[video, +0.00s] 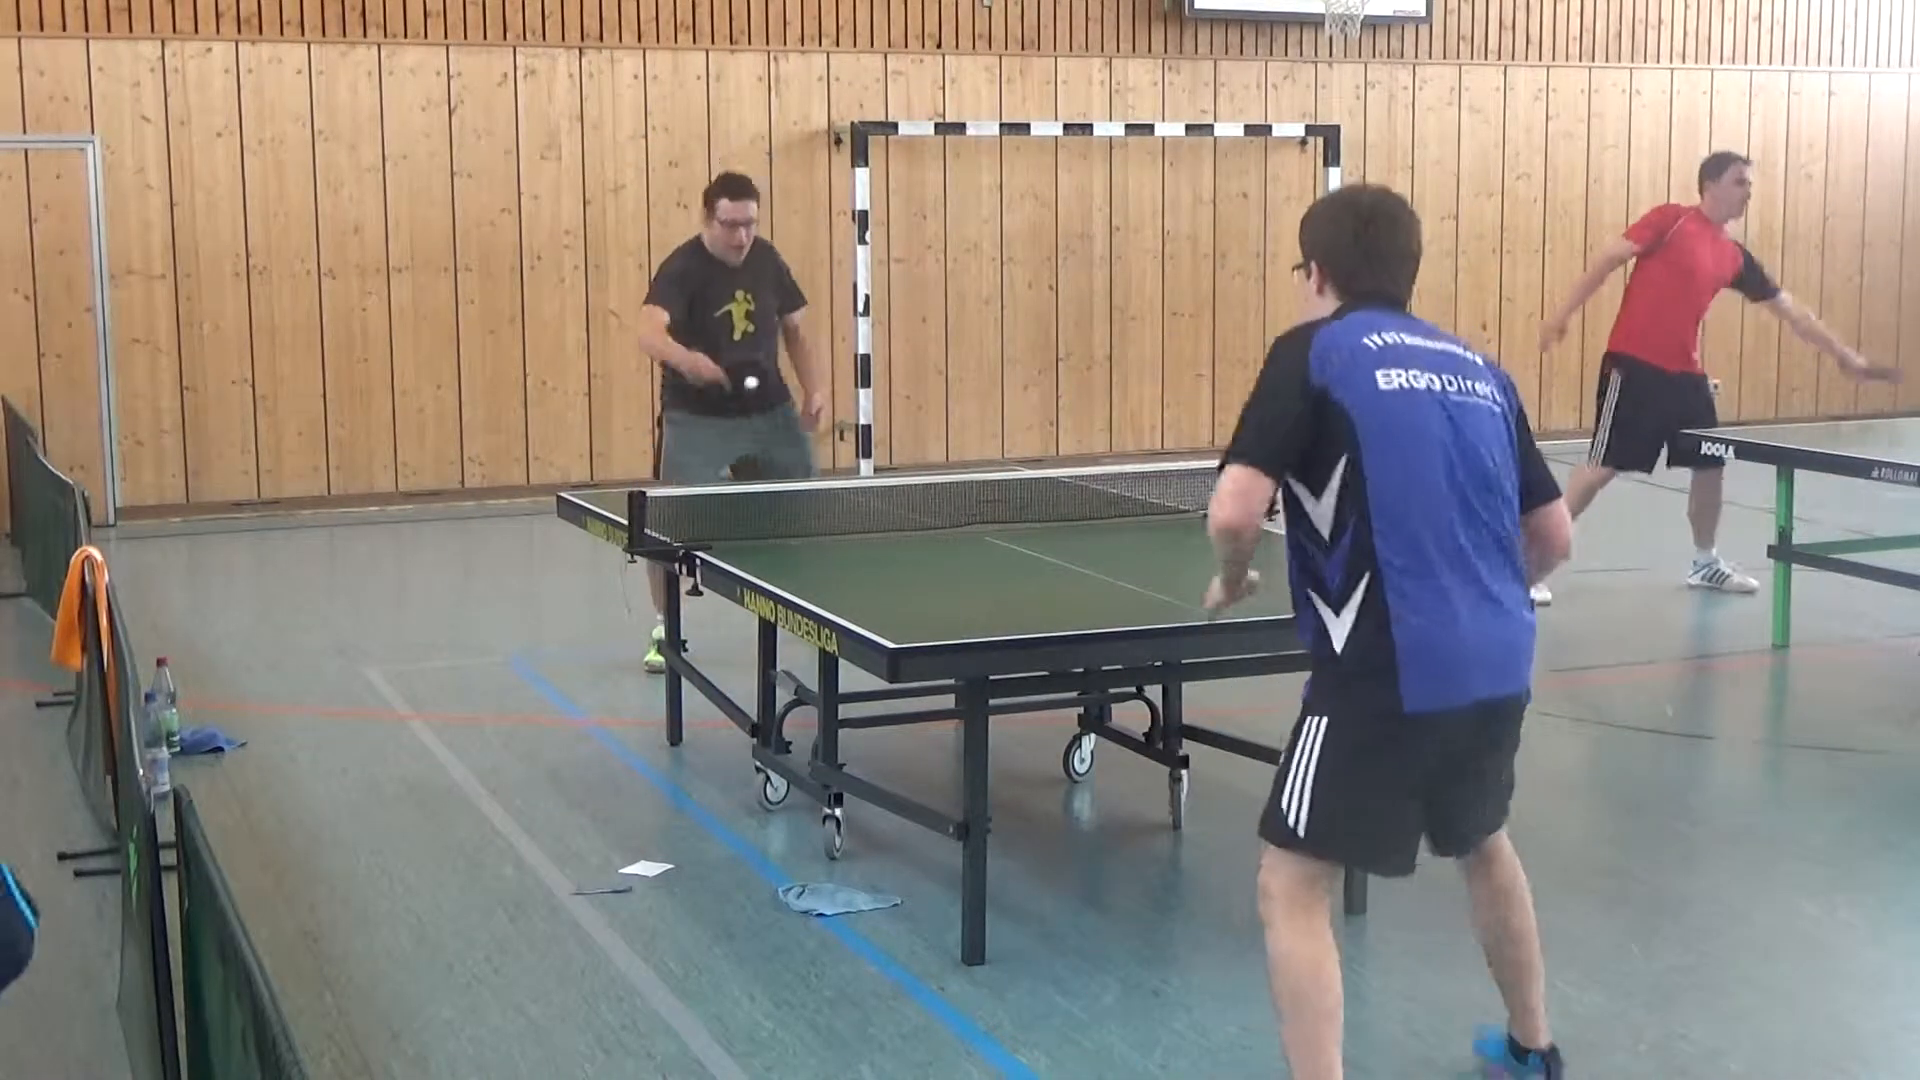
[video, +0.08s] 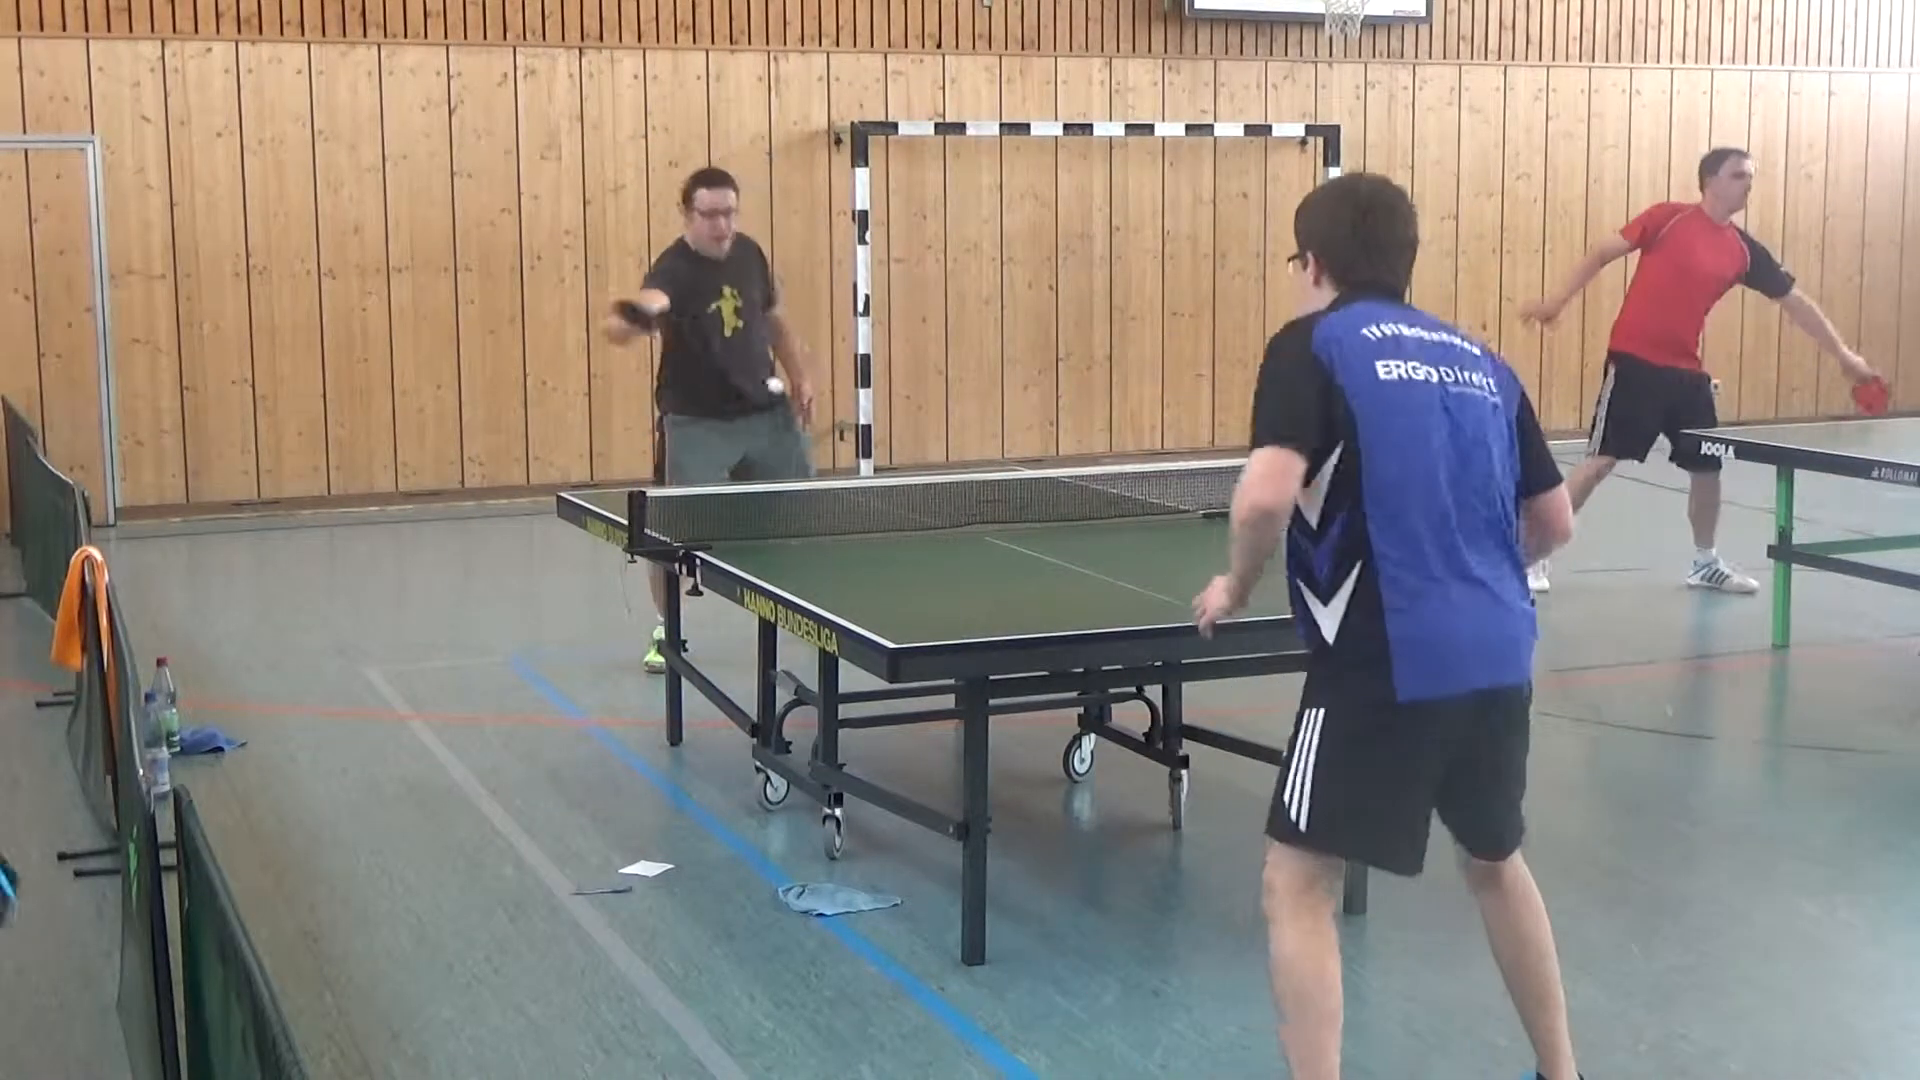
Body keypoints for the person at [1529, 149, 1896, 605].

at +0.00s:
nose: (1748, 193)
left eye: (1749, 186)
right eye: (1741, 184)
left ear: (1735, 192)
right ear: (1711, 185)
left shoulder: (1735, 255)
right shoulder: (1672, 218)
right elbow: (1608, 259)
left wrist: (1845, 353)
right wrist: (1562, 315)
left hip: (1686, 374)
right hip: (1634, 365)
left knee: (1709, 463)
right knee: (1602, 465)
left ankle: (1704, 563)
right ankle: (1528, 562)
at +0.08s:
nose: (1749, 184)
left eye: (1750, 177)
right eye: (1740, 175)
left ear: (1743, 187)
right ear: (1710, 180)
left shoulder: (1744, 250)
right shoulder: (1667, 217)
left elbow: (1796, 303)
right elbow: (1600, 256)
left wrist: (1844, 354)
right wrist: (1556, 301)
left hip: (1685, 368)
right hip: (1633, 359)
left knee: (1707, 464)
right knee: (1603, 459)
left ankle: (1705, 564)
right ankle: (1531, 551)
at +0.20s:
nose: (1737, 172)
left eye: (1739, 165)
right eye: (1727, 165)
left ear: (1737, 175)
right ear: (1699, 173)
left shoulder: (1743, 243)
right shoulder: (1658, 214)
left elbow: (1785, 309)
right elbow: (1596, 254)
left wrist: (1818, 362)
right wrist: (1551, 301)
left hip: (1692, 372)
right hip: (1637, 364)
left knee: (1704, 468)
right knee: (1605, 460)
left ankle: (1704, 563)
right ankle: (1551, 556)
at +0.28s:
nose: (1729, 167)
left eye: (1730, 160)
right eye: (1718, 160)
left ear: (1729, 169)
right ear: (1691, 169)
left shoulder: (1733, 236)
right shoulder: (1652, 214)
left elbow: (1758, 304)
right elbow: (1595, 262)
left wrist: (1787, 366)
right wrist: (1553, 314)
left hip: (1695, 371)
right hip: (1640, 365)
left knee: (1704, 467)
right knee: (1613, 462)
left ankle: (1704, 563)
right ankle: (1565, 563)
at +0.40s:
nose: (1714, 162)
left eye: (1716, 155)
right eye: (1703, 156)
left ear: (1716, 164)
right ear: (1677, 165)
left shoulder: (1728, 230)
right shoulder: (1642, 216)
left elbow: (1733, 307)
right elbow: (1595, 273)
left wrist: (1737, 367)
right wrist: (1559, 327)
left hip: (1699, 372)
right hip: (1643, 368)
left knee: (1704, 466)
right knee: (1609, 463)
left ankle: (1704, 562)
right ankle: (1565, 562)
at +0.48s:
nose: (1708, 160)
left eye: (1709, 152)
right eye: (1698, 153)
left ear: (1709, 162)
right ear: (1671, 164)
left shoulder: (1722, 227)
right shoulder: (1638, 217)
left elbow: (1726, 300)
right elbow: (1595, 277)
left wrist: (1720, 358)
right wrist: (1564, 332)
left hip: (1699, 370)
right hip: (1643, 367)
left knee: (1703, 465)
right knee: (1609, 463)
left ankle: (1704, 562)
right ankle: (1566, 562)